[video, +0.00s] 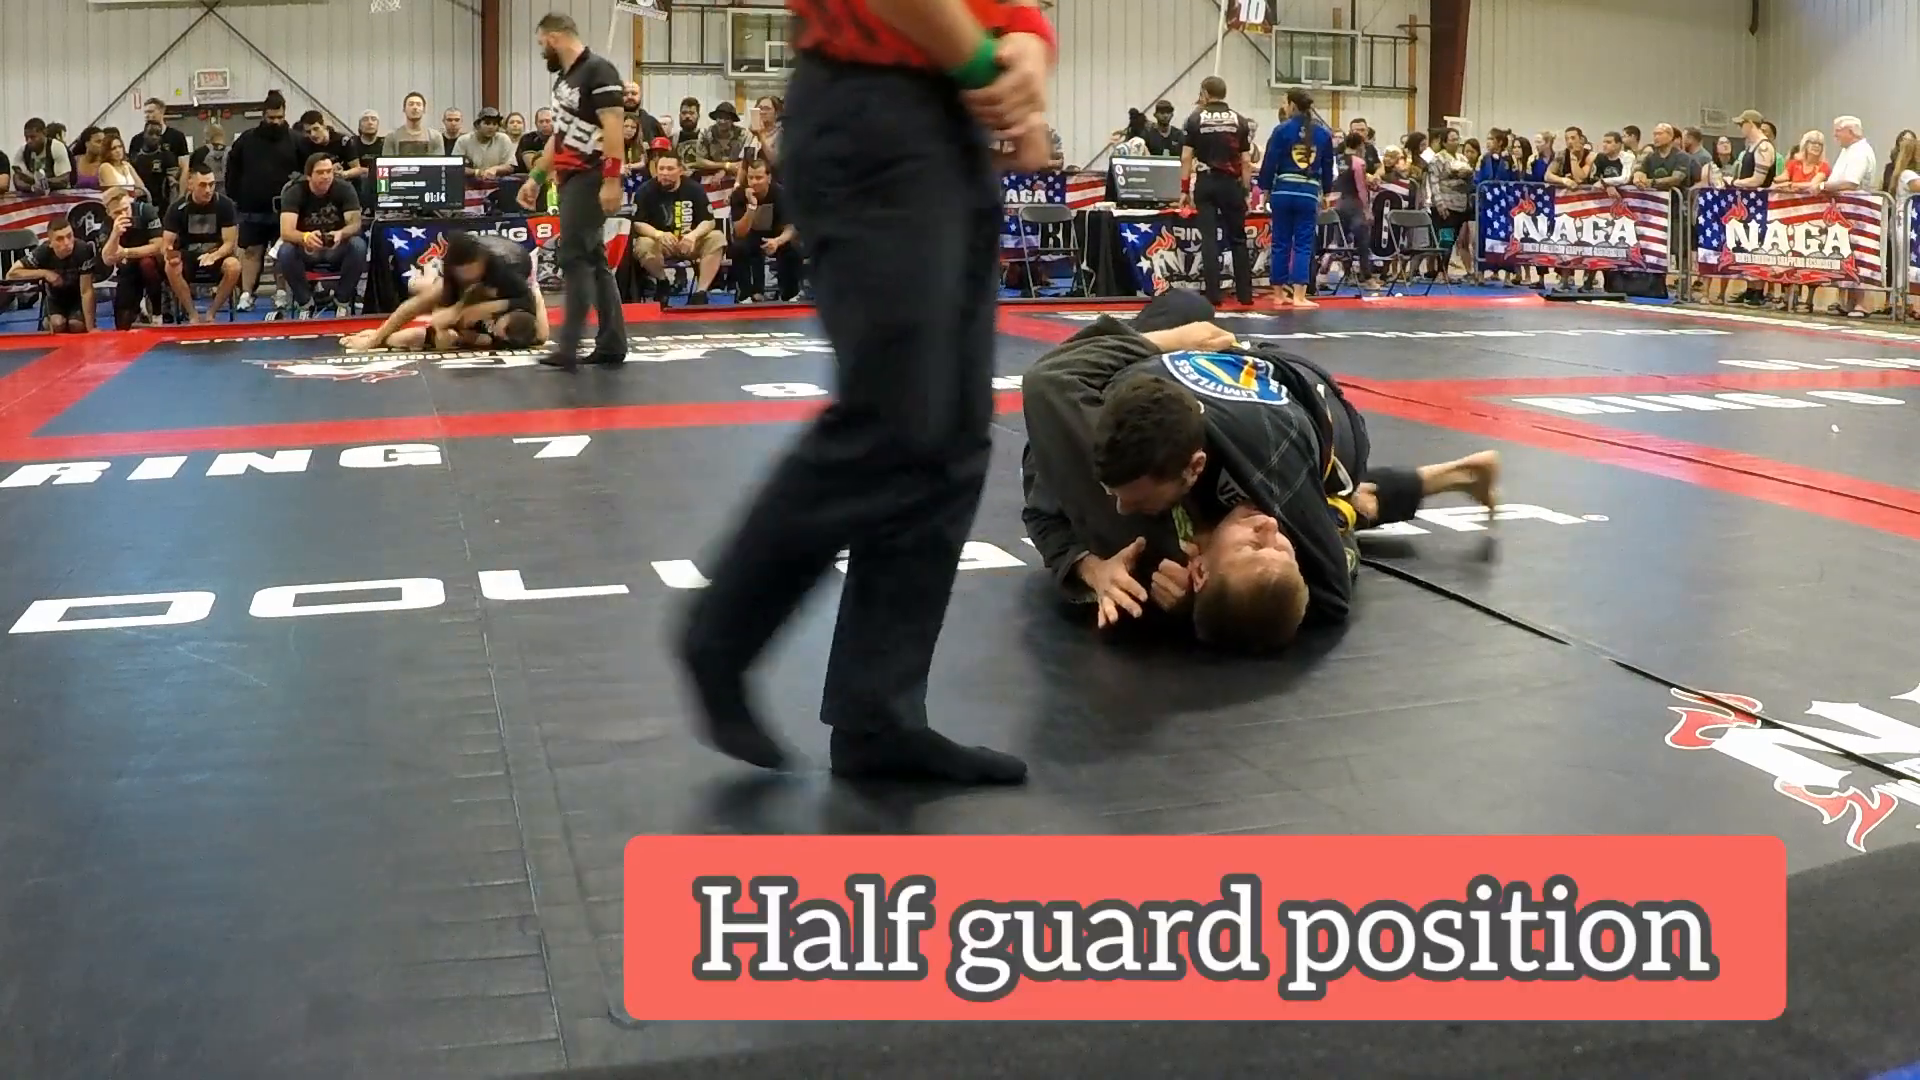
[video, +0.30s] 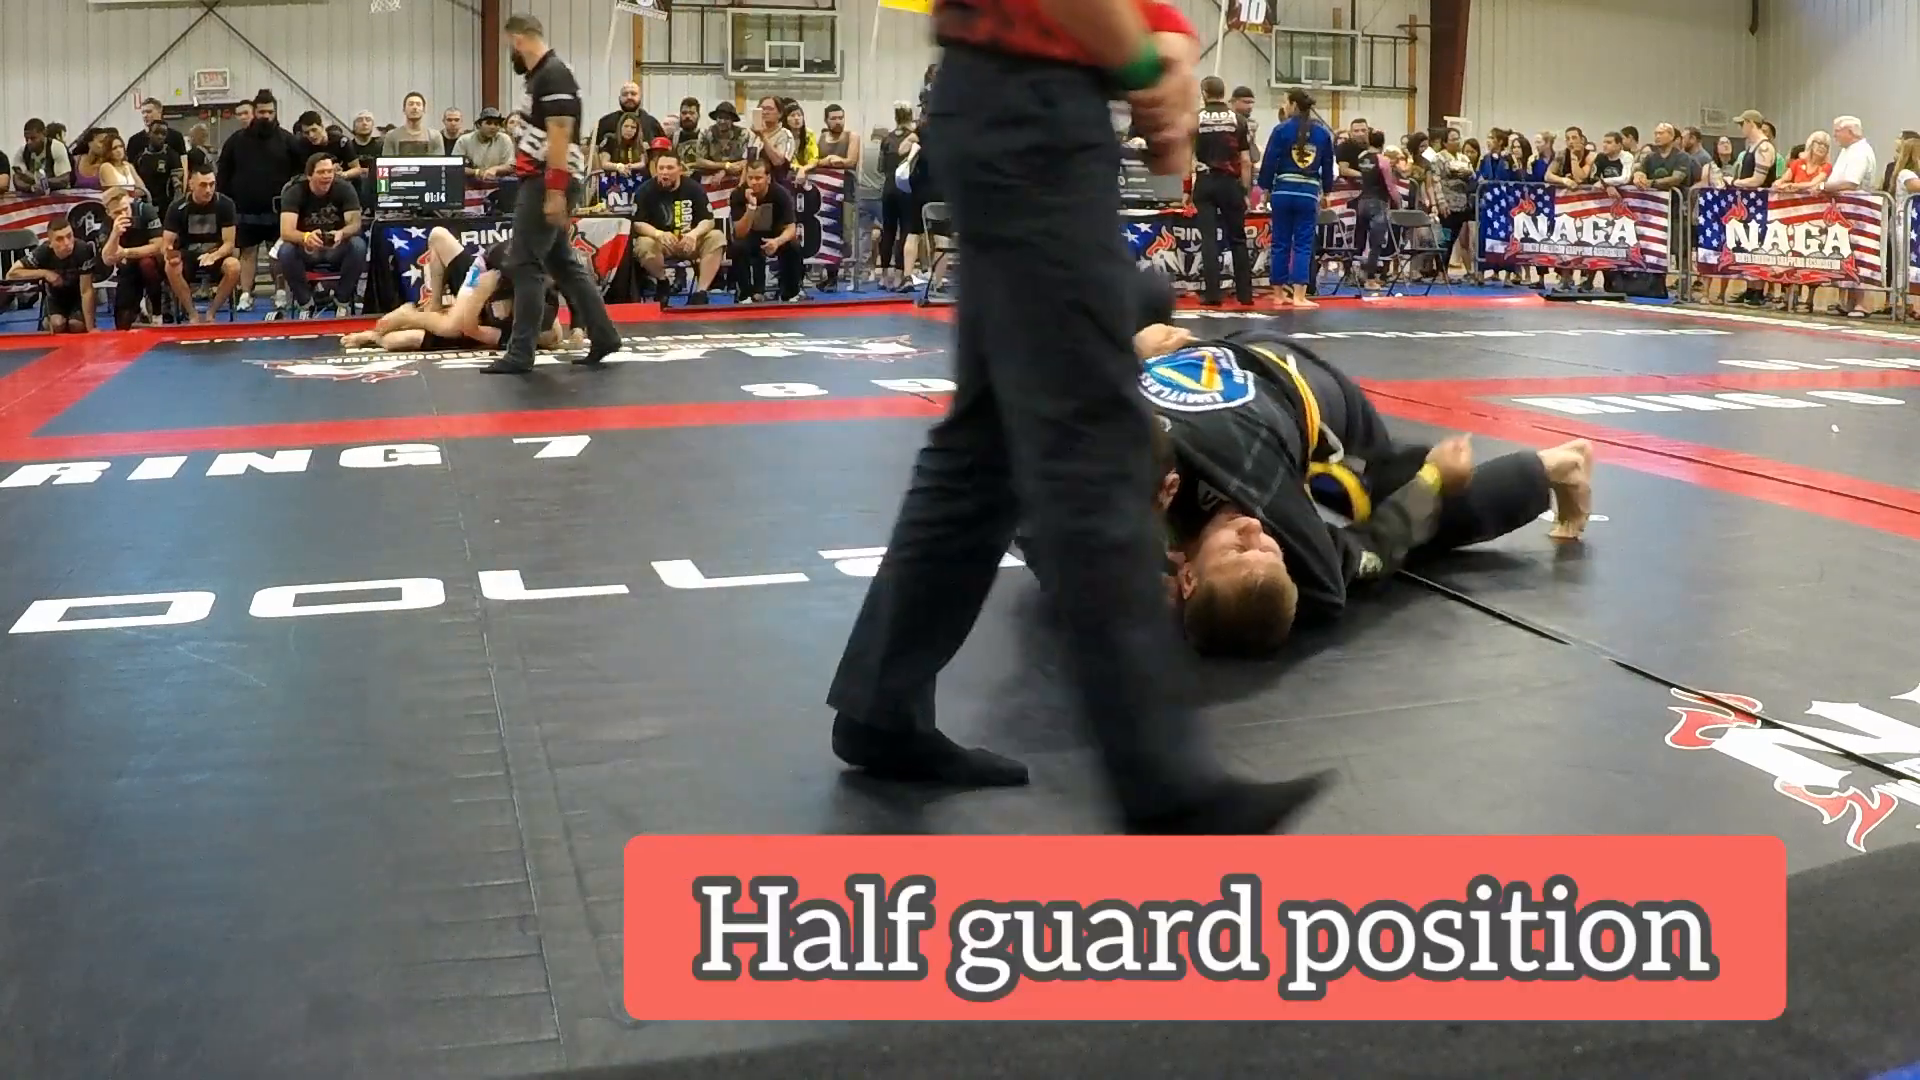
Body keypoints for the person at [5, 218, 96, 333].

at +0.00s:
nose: (67, 243)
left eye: (69, 237)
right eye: (60, 239)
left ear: (73, 235)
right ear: (50, 241)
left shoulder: (83, 250)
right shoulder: (44, 251)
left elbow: (86, 291)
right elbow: (12, 274)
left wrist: (91, 327)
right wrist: (44, 273)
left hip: (78, 293)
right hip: (55, 294)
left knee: (76, 324)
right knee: (58, 323)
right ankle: (46, 323)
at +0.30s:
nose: (67, 243)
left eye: (69, 237)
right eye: (60, 239)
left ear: (73, 235)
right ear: (50, 241)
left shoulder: (83, 250)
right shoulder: (44, 251)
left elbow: (86, 290)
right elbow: (12, 274)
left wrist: (91, 328)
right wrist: (44, 273)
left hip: (78, 293)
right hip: (55, 293)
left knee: (76, 325)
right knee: (58, 323)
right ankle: (46, 323)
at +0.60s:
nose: (67, 243)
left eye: (69, 237)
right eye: (60, 239)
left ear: (73, 235)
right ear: (50, 240)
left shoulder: (83, 250)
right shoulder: (44, 251)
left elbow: (86, 290)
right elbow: (12, 274)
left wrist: (91, 328)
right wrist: (44, 273)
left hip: (78, 292)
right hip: (55, 293)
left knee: (76, 325)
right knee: (58, 323)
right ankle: (46, 323)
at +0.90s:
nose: (67, 243)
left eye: (69, 236)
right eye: (60, 239)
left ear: (73, 235)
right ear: (50, 241)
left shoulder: (83, 249)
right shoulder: (44, 251)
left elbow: (86, 290)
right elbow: (12, 274)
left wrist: (91, 328)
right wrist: (44, 273)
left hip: (78, 291)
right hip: (55, 291)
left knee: (76, 324)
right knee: (58, 323)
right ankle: (46, 323)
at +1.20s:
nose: (67, 243)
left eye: (69, 236)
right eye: (60, 239)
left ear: (73, 235)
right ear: (50, 240)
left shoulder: (83, 250)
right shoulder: (44, 251)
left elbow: (86, 290)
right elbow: (12, 274)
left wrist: (91, 328)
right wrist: (44, 273)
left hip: (78, 292)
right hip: (55, 292)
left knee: (76, 324)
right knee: (58, 323)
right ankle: (46, 323)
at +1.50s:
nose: (67, 243)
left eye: (69, 236)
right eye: (60, 239)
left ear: (73, 235)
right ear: (50, 240)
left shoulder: (83, 249)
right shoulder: (44, 251)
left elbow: (86, 290)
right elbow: (12, 273)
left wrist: (91, 328)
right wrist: (44, 273)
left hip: (77, 291)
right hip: (55, 292)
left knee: (77, 325)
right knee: (58, 324)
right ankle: (46, 323)